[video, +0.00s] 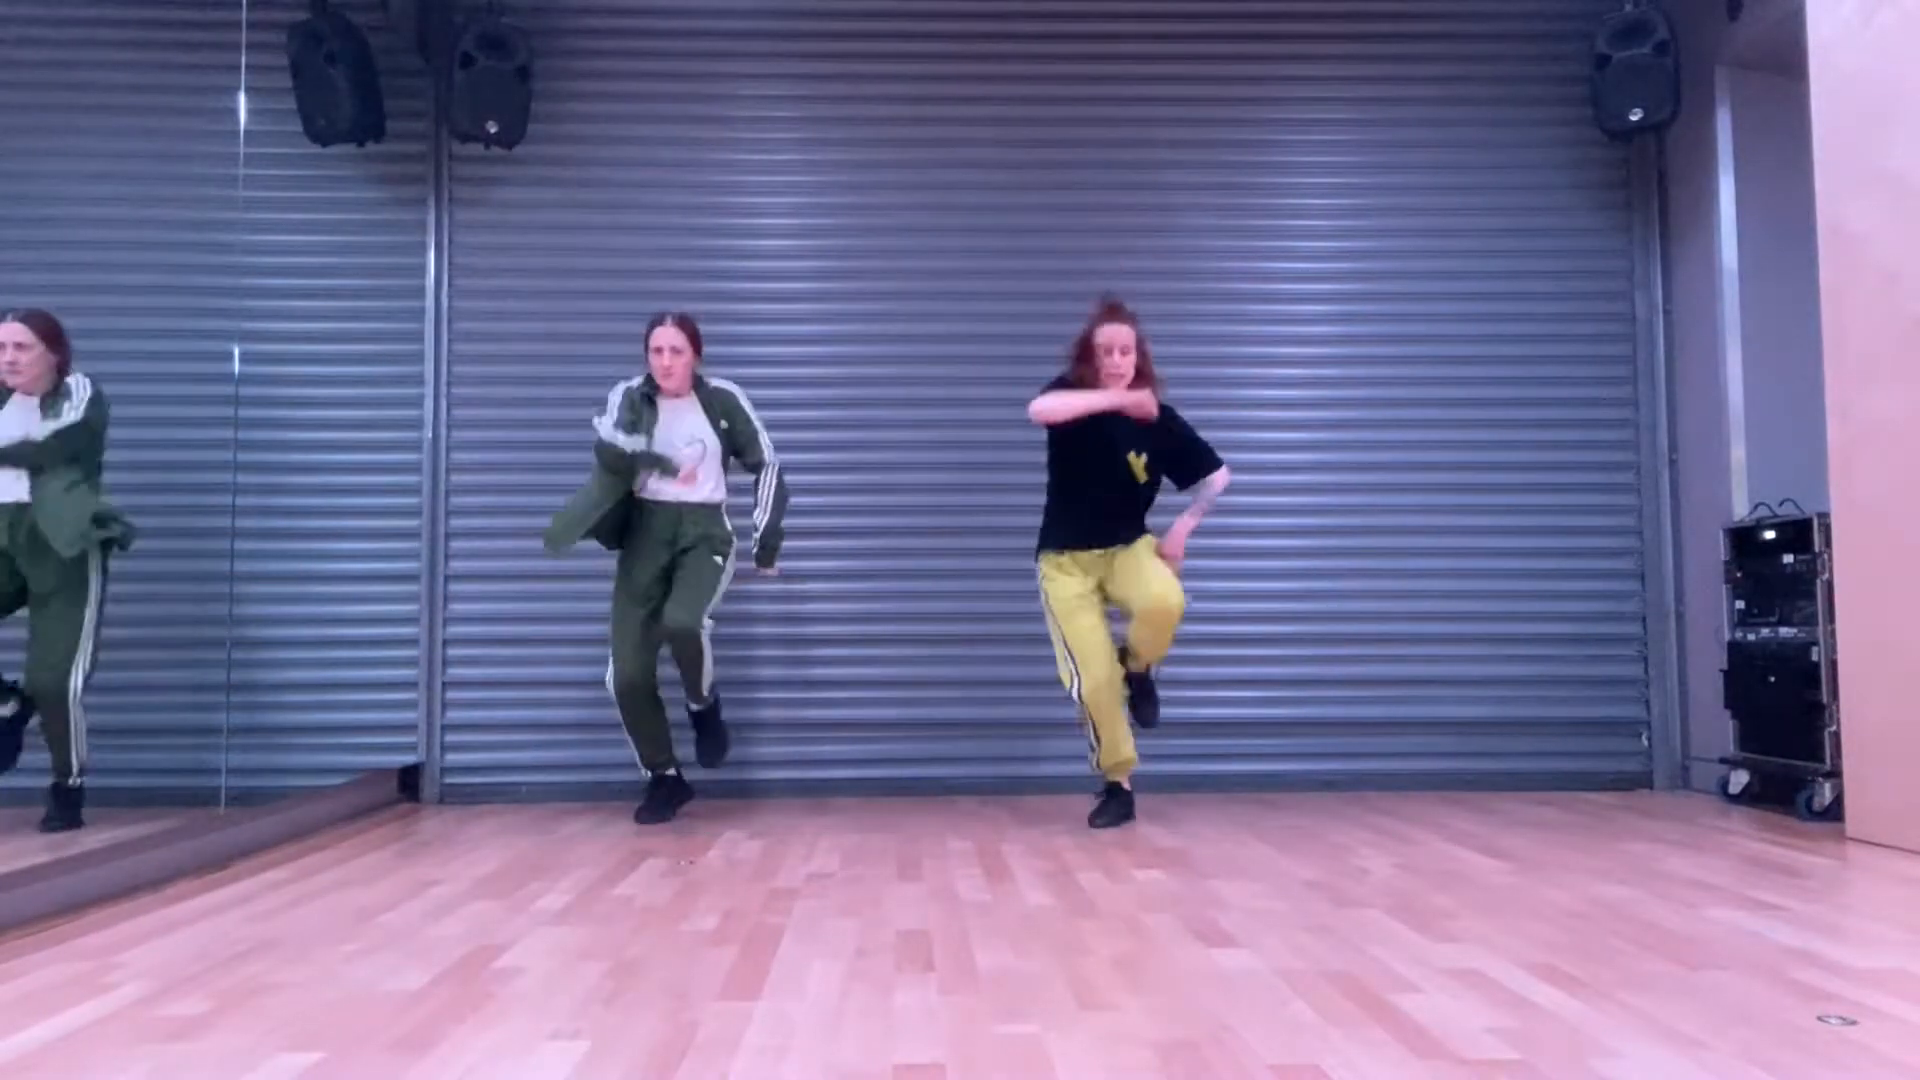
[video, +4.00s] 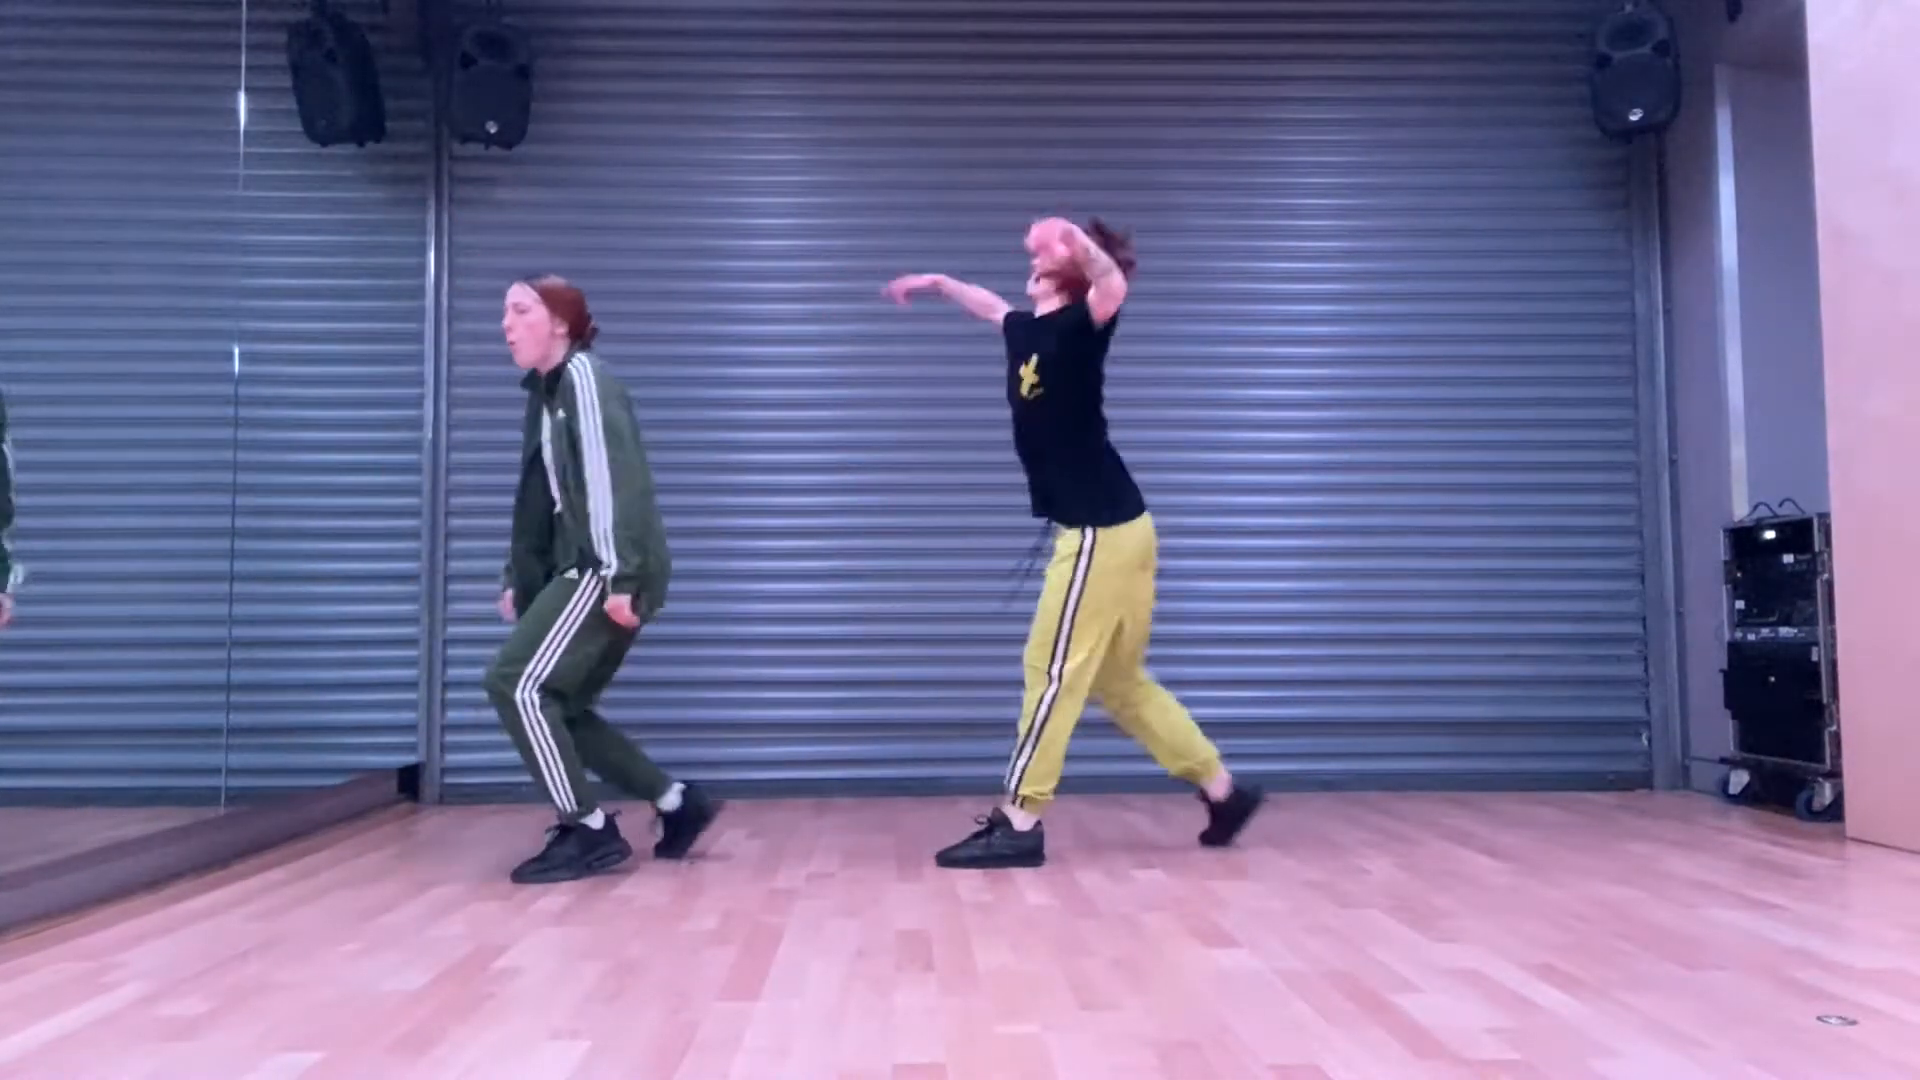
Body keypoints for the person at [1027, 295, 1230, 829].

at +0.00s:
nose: (1115, 360)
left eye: (1125, 351)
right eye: (1105, 350)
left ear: (1139, 357)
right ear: (1089, 356)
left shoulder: (1155, 416)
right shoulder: (1071, 398)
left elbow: (1216, 476)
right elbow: (1040, 411)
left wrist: (1180, 531)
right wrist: (1119, 399)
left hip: (1128, 550)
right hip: (1065, 559)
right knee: (1095, 676)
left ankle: (1137, 669)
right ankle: (1117, 785)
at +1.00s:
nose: (1125, 290)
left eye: (1137, 279)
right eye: (1116, 280)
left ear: (1161, 286)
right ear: (1105, 291)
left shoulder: (1195, 356)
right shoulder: (1087, 371)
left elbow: (1262, 318)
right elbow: (1018, 432)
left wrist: (1192, 337)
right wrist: (1025, 491)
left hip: (1171, 524)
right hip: (1101, 519)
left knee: (1166, 659)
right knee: (1144, 431)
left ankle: (1169, 797)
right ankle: (1151, 577)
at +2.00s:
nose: (1186, 311)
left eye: (1195, 299)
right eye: (1174, 299)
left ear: (1213, 306)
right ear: (1157, 306)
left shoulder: (1218, 388)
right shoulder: (1135, 372)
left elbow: (1244, 472)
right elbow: (1125, 452)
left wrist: (1300, 525)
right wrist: (1191, 465)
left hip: (1161, 562)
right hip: (1080, 536)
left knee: (1194, 683)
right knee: (997, 628)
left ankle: (1166, 808)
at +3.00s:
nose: (938, 332)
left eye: (950, 326)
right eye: (944, 322)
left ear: (979, 344)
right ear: (986, 347)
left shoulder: (995, 399)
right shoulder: (989, 399)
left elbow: (999, 500)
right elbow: (1020, 506)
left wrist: (1002, 573)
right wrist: (986, 562)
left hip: (1079, 586)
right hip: (1028, 583)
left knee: (1087, 739)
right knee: (955, 674)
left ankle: (1207, 790)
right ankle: (985, 818)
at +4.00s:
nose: (1041, 239)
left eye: (1058, 236)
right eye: (1048, 233)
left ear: (1074, 270)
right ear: (1047, 265)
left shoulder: (1077, 328)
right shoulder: (1021, 323)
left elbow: (1112, 287)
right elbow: (985, 304)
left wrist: (1080, 244)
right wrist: (938, 282)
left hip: (1096, 533)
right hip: (1118, 527)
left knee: (1051, 671)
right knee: (1117, 679)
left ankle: (1018, 825)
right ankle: (1224, 793)